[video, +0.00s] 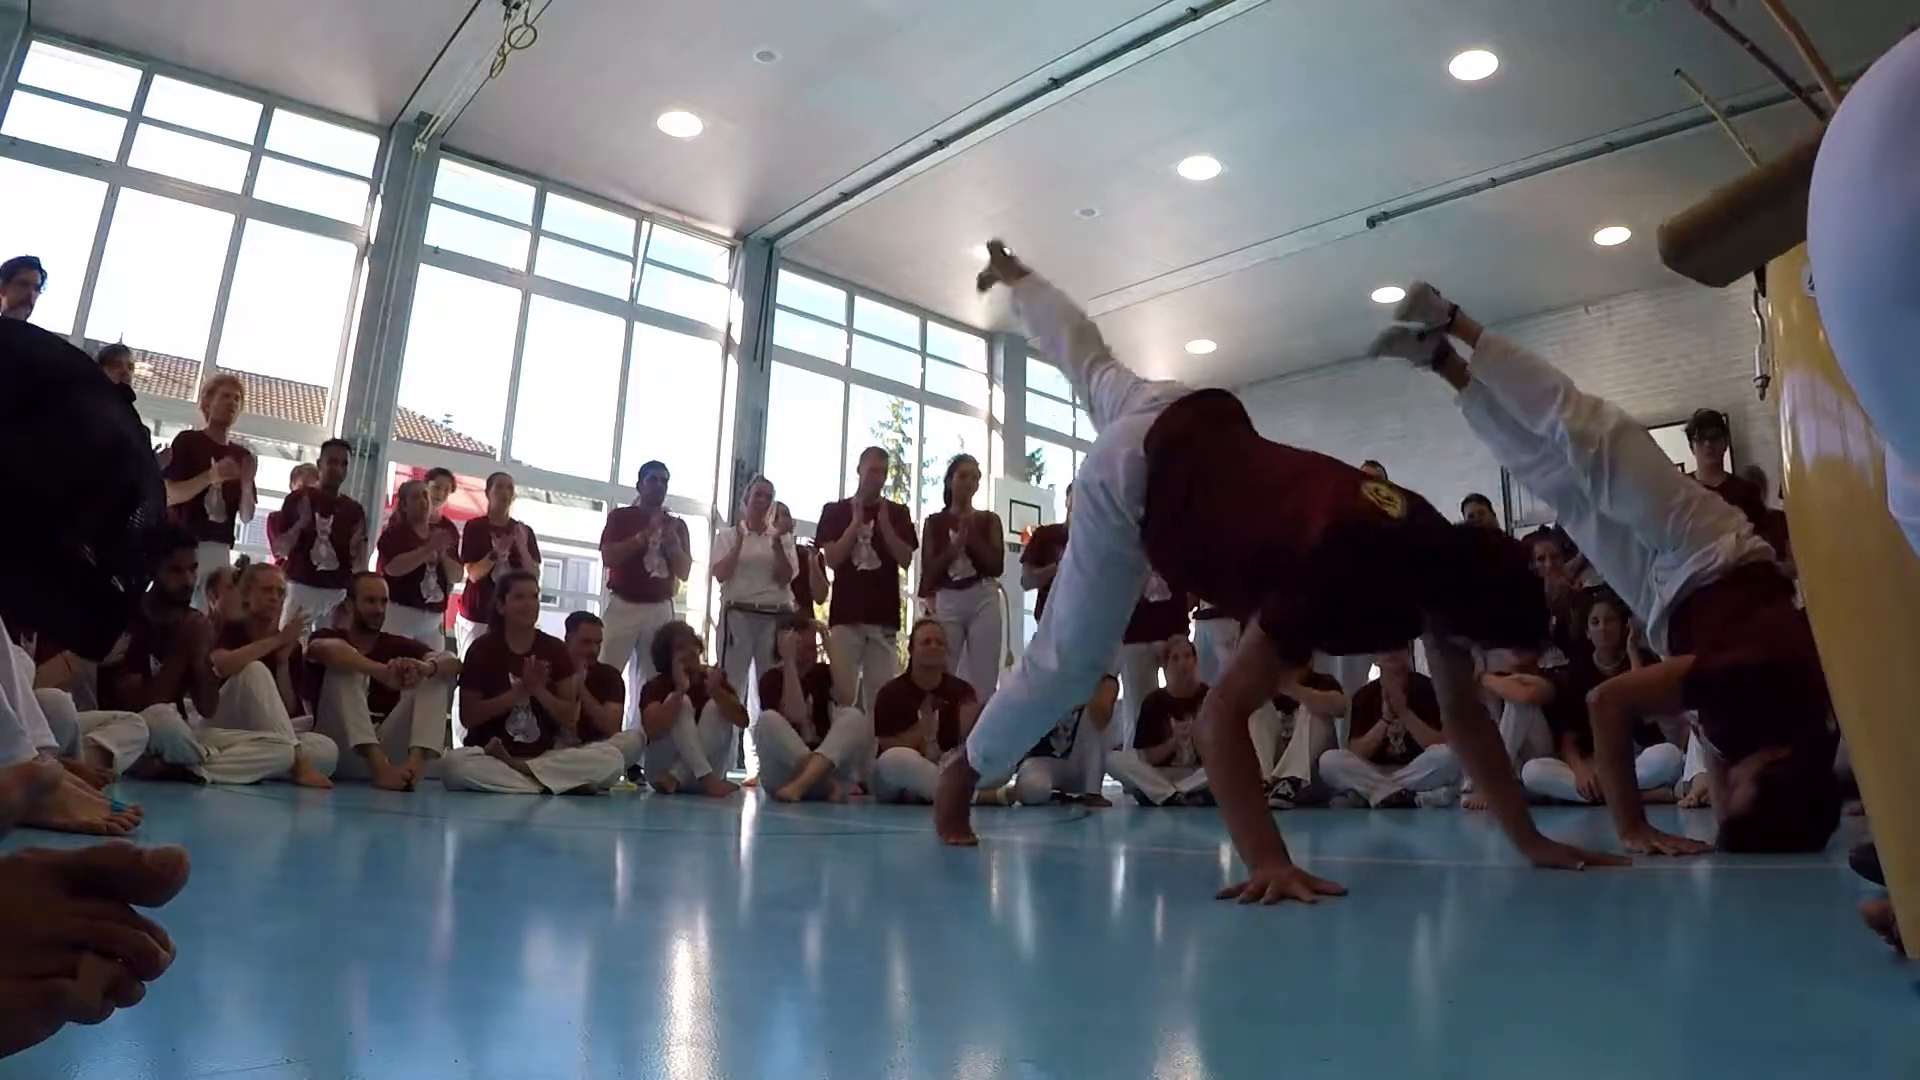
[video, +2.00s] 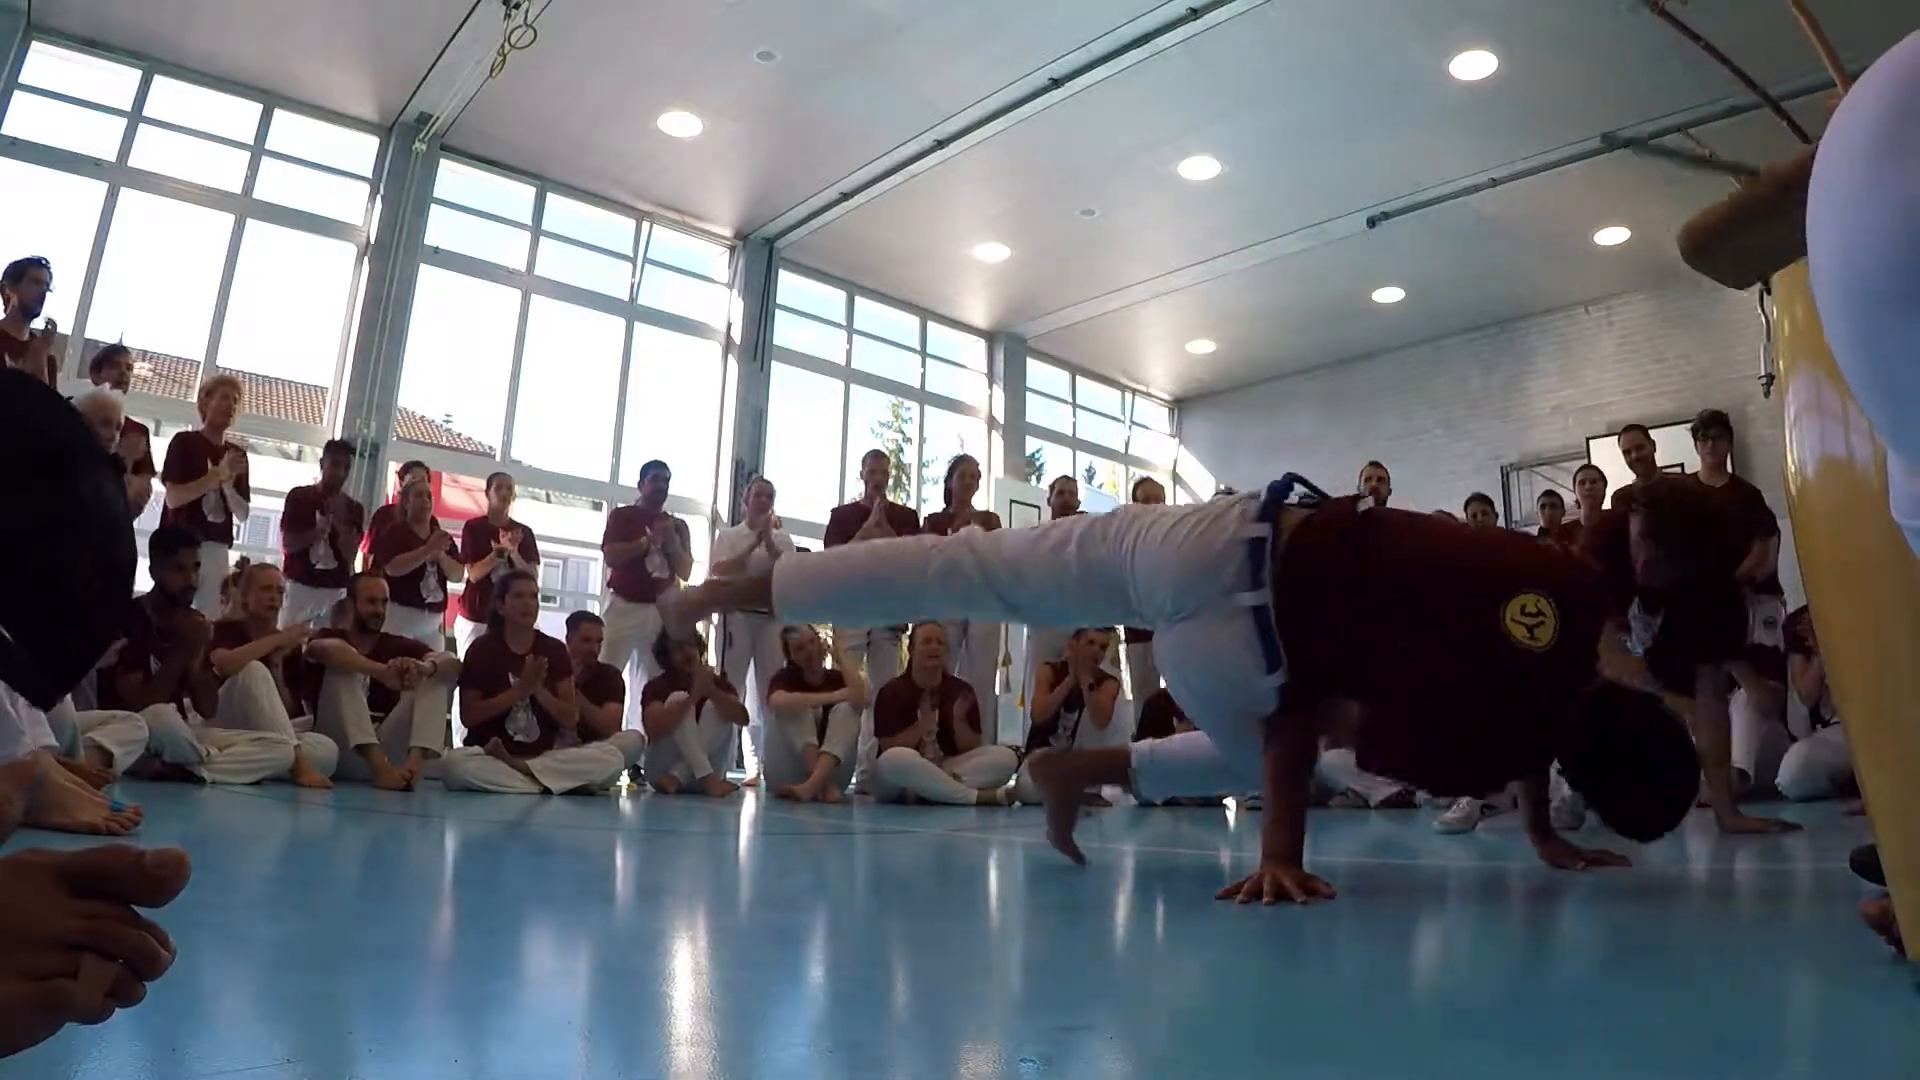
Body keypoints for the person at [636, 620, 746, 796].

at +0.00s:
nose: (691, 651)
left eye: (693, 644)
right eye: (681, 647)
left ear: (699, 647)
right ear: (667, 655)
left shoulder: (714, 678)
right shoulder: (654, 686)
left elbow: (743, 721)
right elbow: (652, 729)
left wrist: (716, 691)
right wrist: (678, 692)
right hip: (663, 772)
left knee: (716, 706)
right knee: (680, 702)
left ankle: (675, 776)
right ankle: (707, 777)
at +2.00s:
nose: (687, 653)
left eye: (690, 645)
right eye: (678, 649)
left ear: (700, 649)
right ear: (665, 657)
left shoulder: (717, 683)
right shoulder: (655, 687)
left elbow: (742, 718)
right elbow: (654, 730)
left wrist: (710, 690)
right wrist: (694, 695)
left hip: (708, 771)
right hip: (665, 771)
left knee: (719, 705)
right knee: (678, 699)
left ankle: (677, 776)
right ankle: (708, 777)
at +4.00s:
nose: (690, 658)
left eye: (694, 650)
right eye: (682, 652)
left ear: (701, 652)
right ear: (667, 658)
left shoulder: (715, 682)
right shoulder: (654, 688)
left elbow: (742, 718)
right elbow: (652, 729)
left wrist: (710, 689)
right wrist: (692, 695)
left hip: (710, 770)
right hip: (665, 771)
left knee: (719, 703)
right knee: (677, 700)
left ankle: (678, 776)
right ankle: (707, 776)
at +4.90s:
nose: (688, 650)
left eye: (690, 644)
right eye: (679, 647)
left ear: (697, 647)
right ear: (666, 654)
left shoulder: (714, 681)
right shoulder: (653, 687)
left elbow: (741, 717)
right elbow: (654, 729)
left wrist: (709, 690)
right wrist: (689, 696)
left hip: (710, 769)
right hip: (664, 771)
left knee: (717, 704)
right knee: (677, 700)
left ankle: (678, 776)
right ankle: (706, 776)